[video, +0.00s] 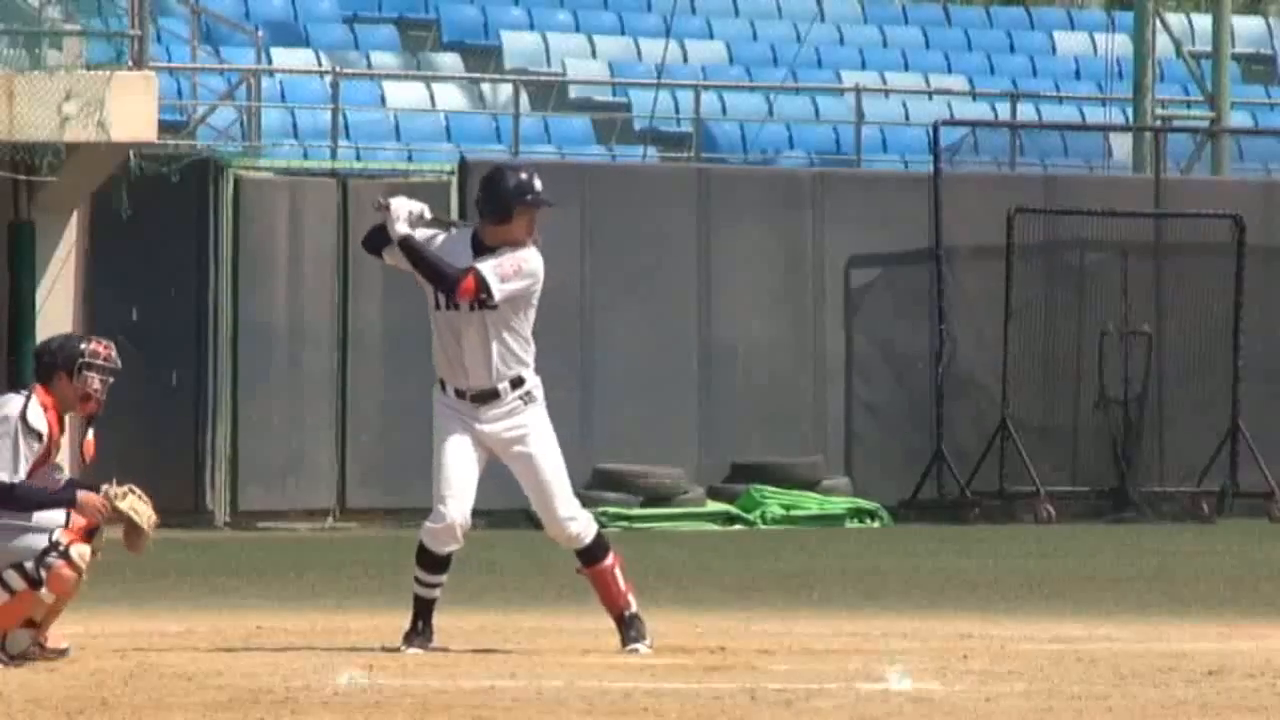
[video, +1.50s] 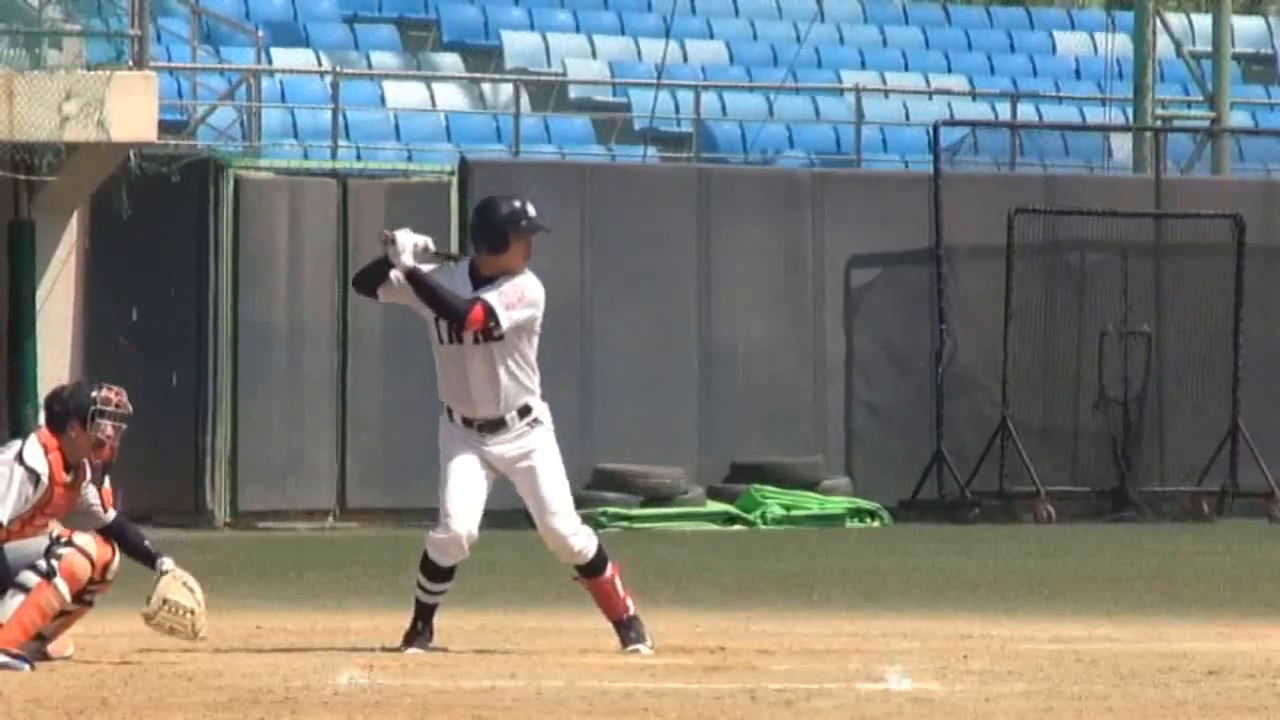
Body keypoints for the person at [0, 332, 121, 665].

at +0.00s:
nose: (95, 385)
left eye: (99, 377)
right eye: (87, 375)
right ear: (61, 376)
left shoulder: (54, 416)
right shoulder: (19, 416)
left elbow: (46, 482)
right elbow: (6, 493)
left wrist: (99, 496)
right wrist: (73, 501)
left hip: (21, 516)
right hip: (4, 522)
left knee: (83, 530)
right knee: (63, 554)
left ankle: (27, 636)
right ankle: (6, 636)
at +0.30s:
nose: (112, 378)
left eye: (115, 370)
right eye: (104, 368)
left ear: (78, 372)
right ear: (76, 369)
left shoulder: (64, 410)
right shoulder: (31, 410)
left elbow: (78, 474)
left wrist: (120, 508)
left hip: (11, 504)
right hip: (3, 509)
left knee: (87, 525)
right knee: (53, 536)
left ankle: (29, 633)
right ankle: (5, 638)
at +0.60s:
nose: (104, 411)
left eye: (106, 403)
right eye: (95, 402)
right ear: (66, 405)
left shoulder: (62, 447)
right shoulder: (21, 447)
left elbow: (91, 501)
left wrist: (154, 536)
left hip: (7, 540)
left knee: (93, 540)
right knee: (68, 547)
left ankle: (33, 638)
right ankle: (5, 639)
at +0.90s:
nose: (102, 423)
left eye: (105, 415)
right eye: (93, 414)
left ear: (68, 420)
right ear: (65, 418)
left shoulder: (70, 462)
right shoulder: (19, 457)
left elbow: (112, 511)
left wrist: (178, 543)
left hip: (10, 544)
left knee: (98, 549)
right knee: (66, 551)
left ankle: (32, 641)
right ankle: (5, 642)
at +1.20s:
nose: (105, 429)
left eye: (108, 420)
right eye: (96, 420)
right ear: (69, 424)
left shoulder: (77, 467)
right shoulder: (22, 462)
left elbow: (117, 515)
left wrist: (181, 548)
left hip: (13, 547)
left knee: (101, 554)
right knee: (70, 555)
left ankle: (35, 642)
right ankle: (6, 643)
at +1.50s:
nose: (111, 434)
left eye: (112, 426)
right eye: (101, 426)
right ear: (74, 428)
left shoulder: (79, 468)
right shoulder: (25, 465)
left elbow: (110, 523)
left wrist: (159, 562)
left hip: (17, 548)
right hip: (4, 550)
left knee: (102, 554)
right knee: (73, 556)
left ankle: (35, 643)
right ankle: (7, 645)